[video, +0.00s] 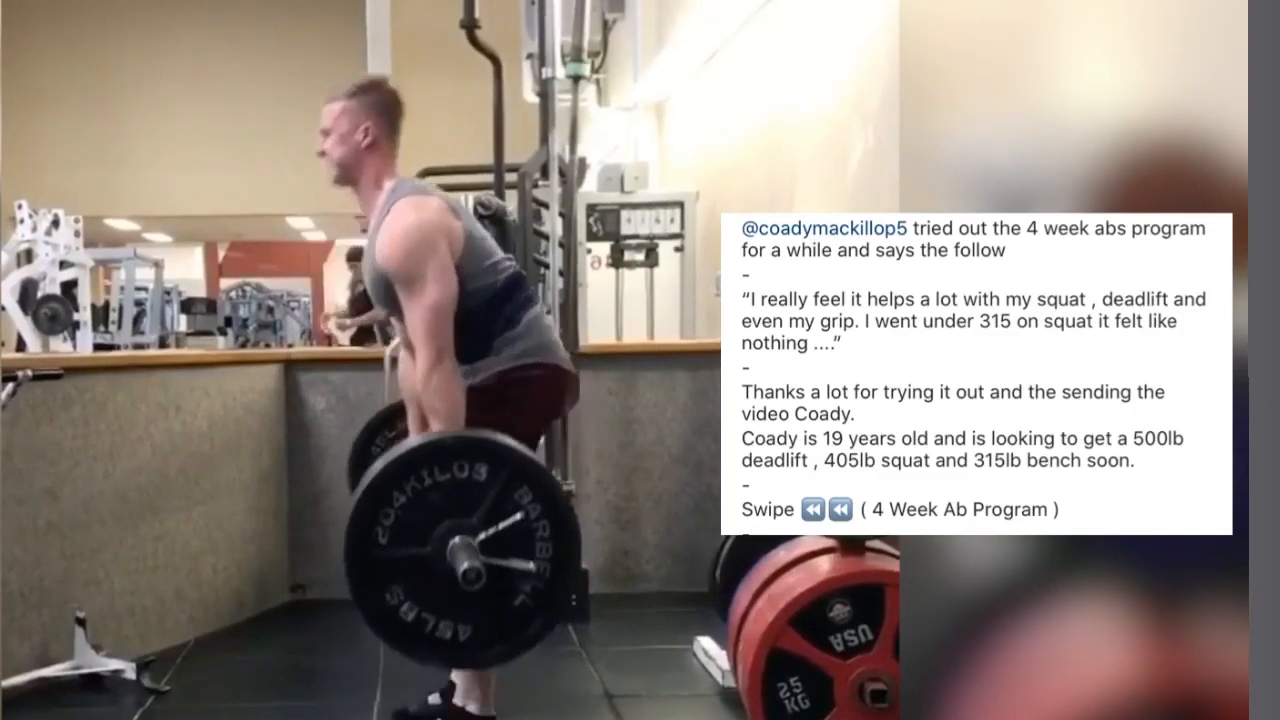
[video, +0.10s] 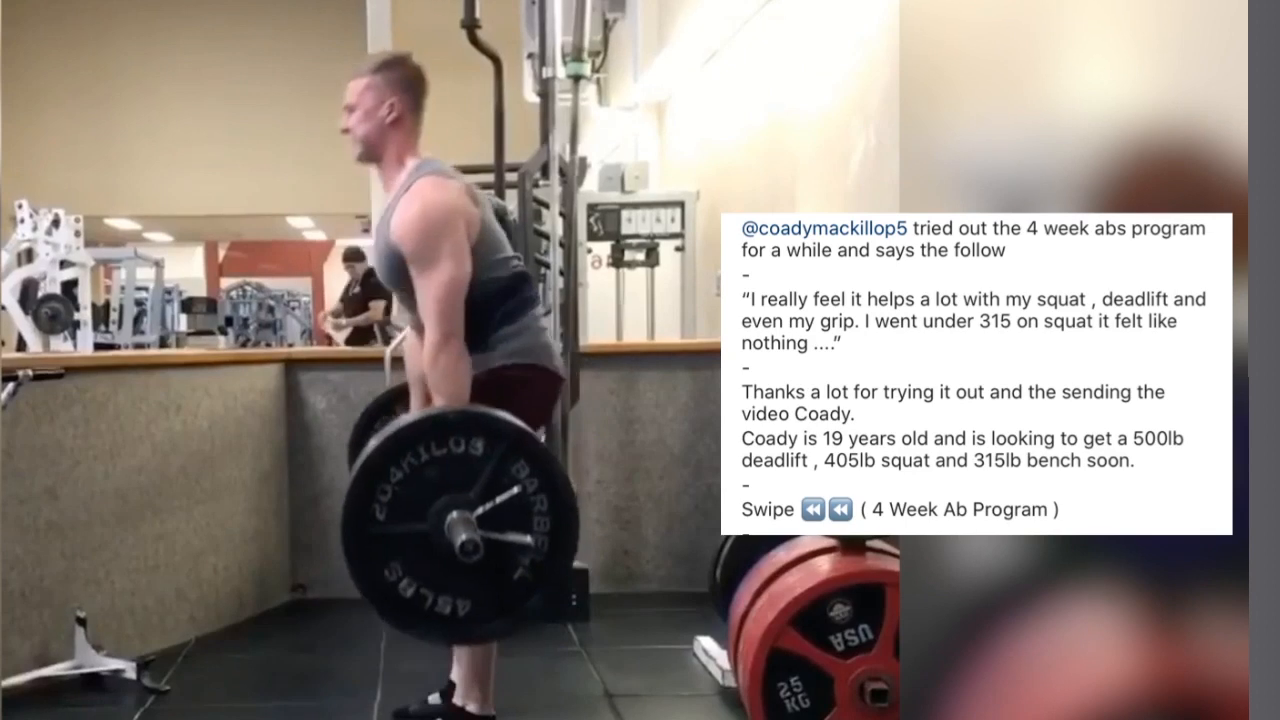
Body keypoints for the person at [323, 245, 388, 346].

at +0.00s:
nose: (352, 271)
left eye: (354, 267)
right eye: (350, 267)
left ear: (364, 264)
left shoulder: (373, 283)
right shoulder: (355, 284)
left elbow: (381, 313)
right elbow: (353, 312)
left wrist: (350, 323)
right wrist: (334, 316)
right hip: (358, 340)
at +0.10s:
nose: (349, 271)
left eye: (352, 267)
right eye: (347, 268)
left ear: (363, 263)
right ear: (344, 267)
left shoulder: (374, 282)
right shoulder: (352, 282)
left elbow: (376, 315)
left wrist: (345, 322)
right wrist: (328, 314)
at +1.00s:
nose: (309, 267)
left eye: (312, 262)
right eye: (305, 263)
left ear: (323, 261)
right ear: (303, 263)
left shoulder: (341, 282)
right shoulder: (302, 283)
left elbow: (354, 317)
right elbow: (297, 311)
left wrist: (338, 340)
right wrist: (284, 328)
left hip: (331, 346)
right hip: (304, 346)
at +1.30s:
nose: (291, 260)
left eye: (294, 255)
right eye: (286, 256)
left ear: (302, 256)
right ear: (280, 260)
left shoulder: (320, 277)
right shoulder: (276, 286)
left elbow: (338, 308)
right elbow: (270, 318)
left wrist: (342, 339)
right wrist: (258, 342)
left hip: (321, 350)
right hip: (288, 353)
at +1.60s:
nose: (280, 255)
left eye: (283, 250)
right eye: (274, 251)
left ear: (290, 255)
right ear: (267, 258)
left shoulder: (307, 278)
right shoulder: (258, 284)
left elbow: (326, 309)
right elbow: (248, 317)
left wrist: (333, 336)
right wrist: (246, 343)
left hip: (308, 350)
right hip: (274, 352)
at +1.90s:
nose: (277, 255)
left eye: (281, 251)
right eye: (272, 251)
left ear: (287, 256)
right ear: (263, 257)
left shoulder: (302, 282)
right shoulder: (253, 284)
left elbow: (317, 318)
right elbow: (240, 319)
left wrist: (324, 351)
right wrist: (235, 353)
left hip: (298, 355)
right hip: (263, 357)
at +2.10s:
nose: (272, 251)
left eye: (276, 246)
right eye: (268, 246)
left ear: (283, 251)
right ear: (260, 252)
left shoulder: (299, 281)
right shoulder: (247, 280)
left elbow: (311, 316)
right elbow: (232, 313)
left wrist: (315, 348)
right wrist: (221, 346)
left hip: (292, 355)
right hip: (257, 356)